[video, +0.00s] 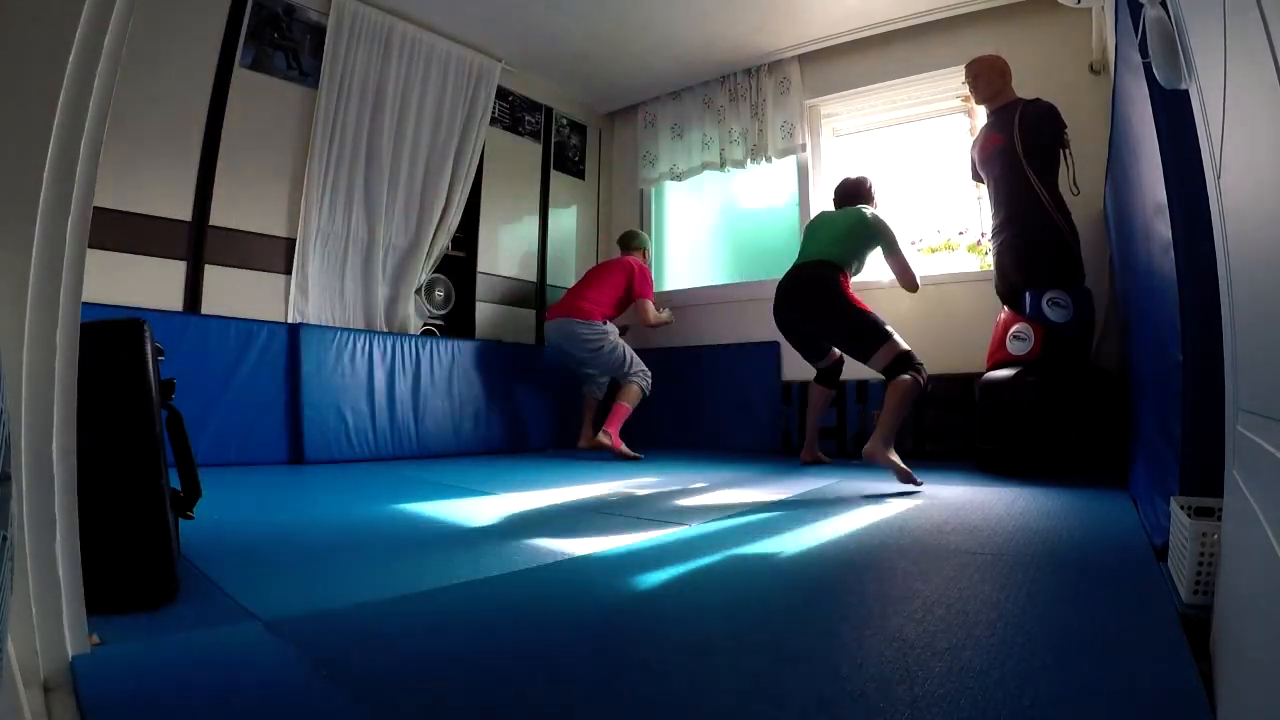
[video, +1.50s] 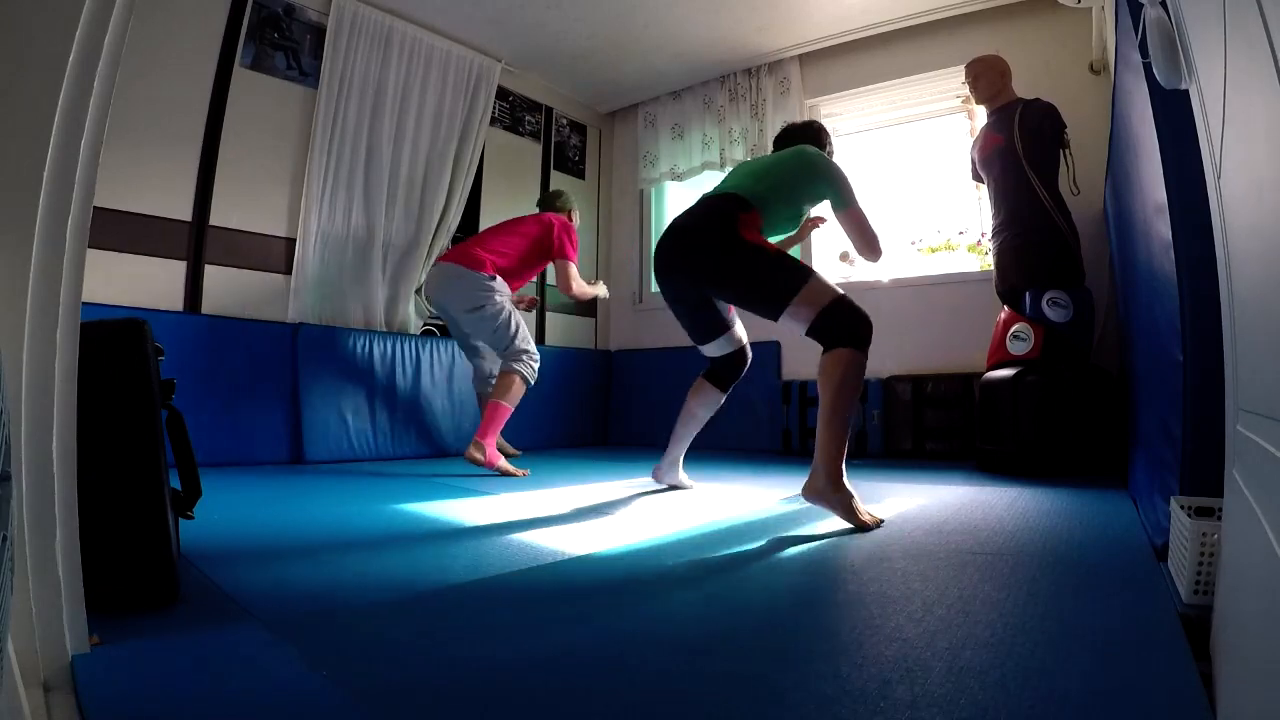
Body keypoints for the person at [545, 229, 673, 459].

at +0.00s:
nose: (649, 258)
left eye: (648, 254)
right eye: (649, 253)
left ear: (621, 251)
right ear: (644, 252)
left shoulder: (604, 266)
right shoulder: (638, 267)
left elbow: (583, 304)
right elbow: (649, 318)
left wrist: (611, 328)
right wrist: (664, 317)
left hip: (553, 324)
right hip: (586, 325)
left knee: (597, 375)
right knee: (639, 375)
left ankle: (586, 435)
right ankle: (610, 432)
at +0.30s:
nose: (652, 258)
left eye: (651, 255)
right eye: (651, 254)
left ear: (625, 251)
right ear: (648, 252)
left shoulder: (608, 266)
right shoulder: (642, 266)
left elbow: (589, 301)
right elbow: (654, 317)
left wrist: (611, 330)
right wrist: (669, 316)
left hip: (557, 321)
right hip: (588, 323)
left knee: (599, 374)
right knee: (639, 375)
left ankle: (587, 435)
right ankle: (610, 432)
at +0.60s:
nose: (649, 247)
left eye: (649, 244)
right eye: (649, 244)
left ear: (621, 242)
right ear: (645, 242)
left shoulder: (602, 257)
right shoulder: (642, 257)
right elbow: (653, 309)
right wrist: (668, 310)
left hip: (554, 314)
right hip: (587, 316)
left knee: (592, 370)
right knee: (636, 373)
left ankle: (586, 435)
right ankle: (608, 437)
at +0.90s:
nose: (632, 238)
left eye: (632, 235)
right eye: (632, 234)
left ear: (602, 231)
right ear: (627, 232)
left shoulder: (587, 244)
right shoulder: (622, 245)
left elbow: (562, 278)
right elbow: (637, 297)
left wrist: (588, 306)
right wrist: (657, 298)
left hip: (526, 299)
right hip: (561, 298)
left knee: (568, 362)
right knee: (613, 357)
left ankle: (552, 437)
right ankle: (587, 424)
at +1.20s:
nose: (608, 229)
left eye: (608, 225)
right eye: (608, 225)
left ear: (578, 219)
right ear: (602, 221)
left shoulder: (561, 232)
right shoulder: (594, 231)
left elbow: (529, 271)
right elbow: (612, 287)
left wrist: (556, 304)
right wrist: (630, 290)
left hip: (487, 285)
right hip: (522, 287)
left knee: (541, 352)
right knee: (575, 351)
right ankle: (557, 436)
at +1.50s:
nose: (576, 225)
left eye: (577, 220)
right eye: (577, 219)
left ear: (545, 212)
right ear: (571, 215)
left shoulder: (523, 224)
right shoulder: (561, 226)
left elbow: (479, 265)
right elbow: (571, 287)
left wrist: (512, 299)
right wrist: (597, 290)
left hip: (439, 276)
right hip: (473, 280)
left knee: (486, 361)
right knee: (524, 357)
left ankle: (491, 433)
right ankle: (484, 443)